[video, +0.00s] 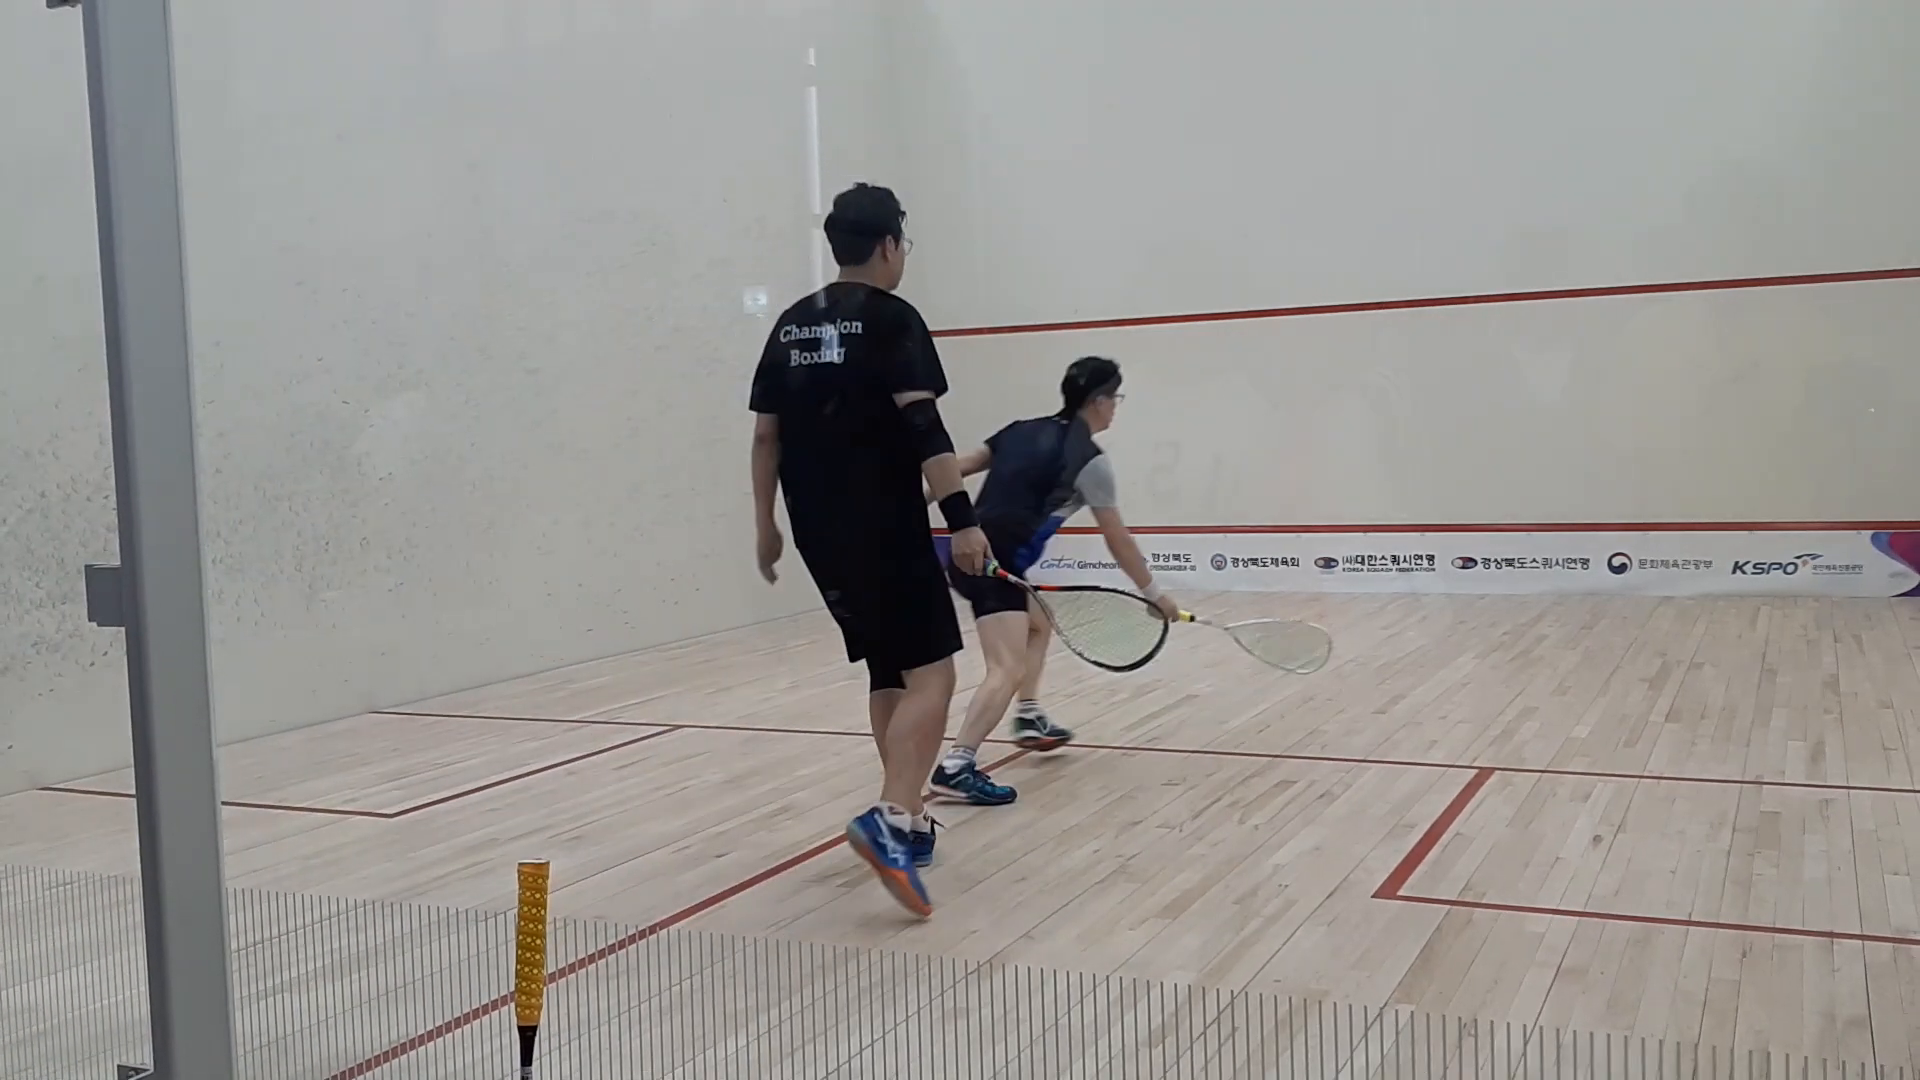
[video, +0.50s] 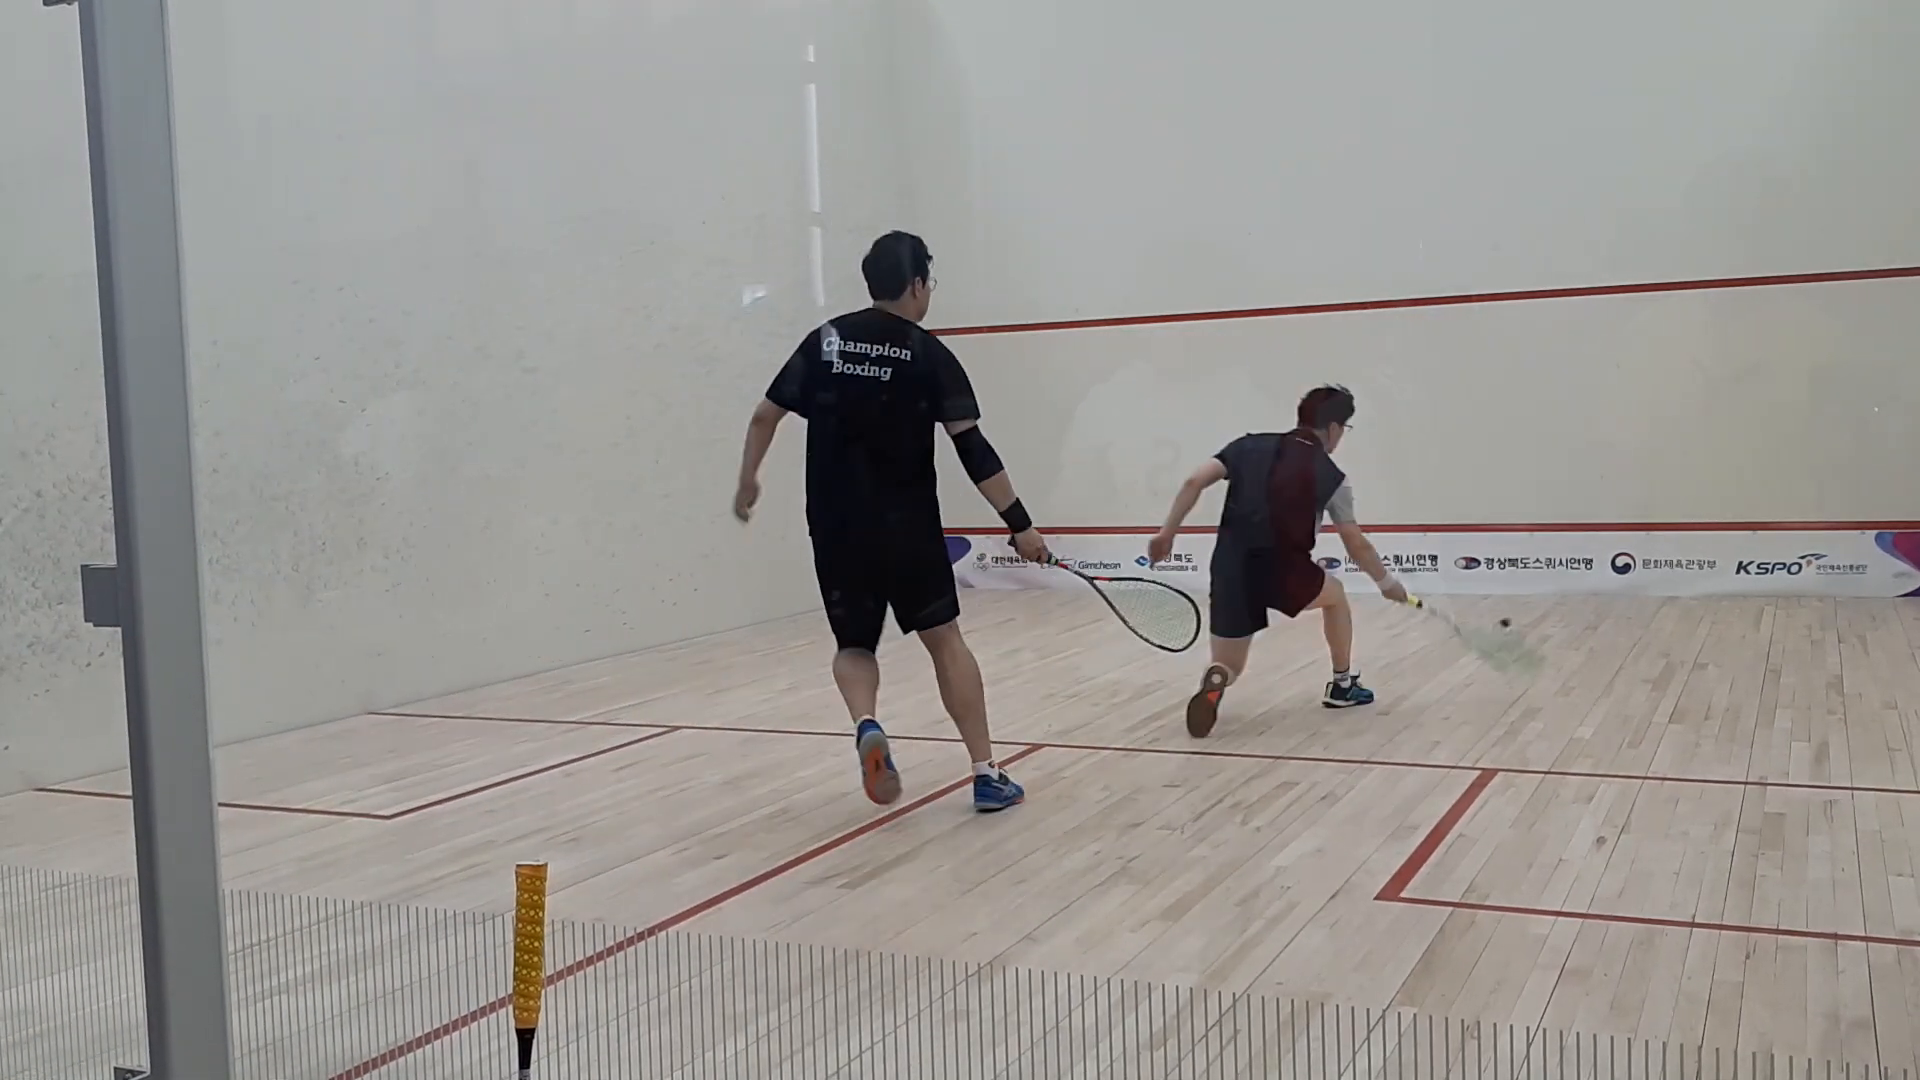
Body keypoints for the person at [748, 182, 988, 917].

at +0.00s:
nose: (905, 255)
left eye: (901, 243)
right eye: (903, 244)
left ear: (836, 246)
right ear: (888, 246)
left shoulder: (791, 322)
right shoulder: (894, 321)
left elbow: (765, 434)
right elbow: (924, 427)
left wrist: (765, 521)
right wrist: (961, 522)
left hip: (820, 533)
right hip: (888, 528)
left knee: (885, 676)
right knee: (934, 671)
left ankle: (908, 818)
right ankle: (892, 819)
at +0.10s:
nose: (913, 252)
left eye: (909, 240)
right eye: (911, 240)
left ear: (846, 242)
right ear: (897, 242)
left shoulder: (798, 315)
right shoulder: (898, 315)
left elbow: (777, 431)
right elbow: (928, 421)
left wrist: (806, 507)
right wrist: (976, 515)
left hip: (827, 529)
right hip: (902, 519)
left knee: (881, 671)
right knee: (960, 653)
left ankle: (909, 827)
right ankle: (943, 804)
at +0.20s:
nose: (921, 252)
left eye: (918, 241)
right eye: (919, 241)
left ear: (856, 244)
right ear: (904, 245)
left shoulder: (808, 309)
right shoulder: (906, 316)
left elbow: (778, 407)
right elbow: (934, 424)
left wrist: (825, 463)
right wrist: (986, 512)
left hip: (831, 521)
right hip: (909, 512)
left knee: (878, 663)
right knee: (964, 641)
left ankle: (910, 824)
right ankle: (996, 799)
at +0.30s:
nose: (926, 266)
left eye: (924, 254)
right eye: (924, 255)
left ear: (864, 258)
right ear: (910, 259)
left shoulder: (815, 317)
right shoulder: (910, 328)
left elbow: (781, 411)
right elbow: (942, 433)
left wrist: (838, 445)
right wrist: (997, 519)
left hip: (835, 527)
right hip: (911, 518)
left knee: (881, 667)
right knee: (965, 643)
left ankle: (909, 819)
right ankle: (1018, 774)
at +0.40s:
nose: (932, 281)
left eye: (930, 270)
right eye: (931, 270)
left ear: (872, 270)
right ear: (918, 272)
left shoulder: (824, 327)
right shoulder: (921, 343)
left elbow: (777, 409)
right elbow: (958, 447)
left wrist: (802, 460)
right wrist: (1012, 525)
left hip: (837, 521)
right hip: (912, 514)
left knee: (878, 657)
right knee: (956, 635)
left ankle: (903, 790)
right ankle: (986, 774)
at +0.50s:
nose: (930, 290)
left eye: (929, 280)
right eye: (928, 281)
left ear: (871, 284)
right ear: (917, 285)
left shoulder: (823, 341)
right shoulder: (931, 356)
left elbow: (766, 414)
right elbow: (975, 453)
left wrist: (747, 478)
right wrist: (1020, 525)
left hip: (836, 530)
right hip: (910, 529)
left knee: (853, 643)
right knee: (944, 639)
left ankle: (866, 727)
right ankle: (986, 775)